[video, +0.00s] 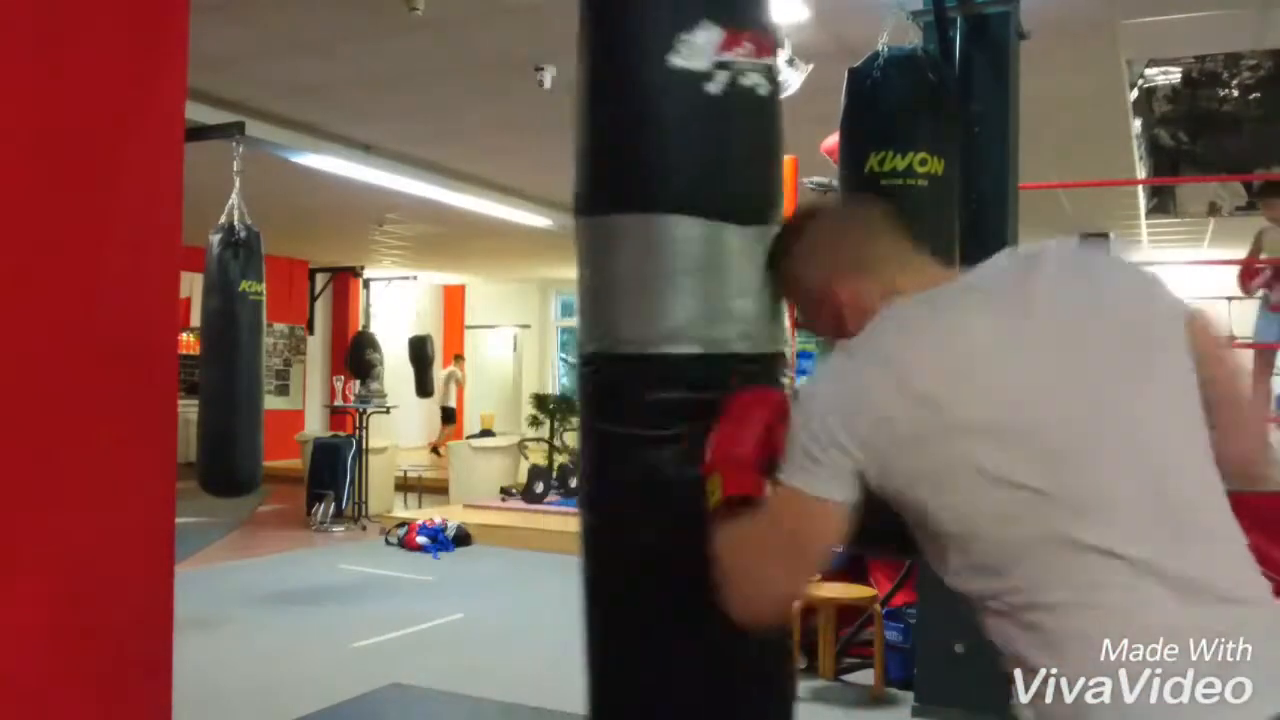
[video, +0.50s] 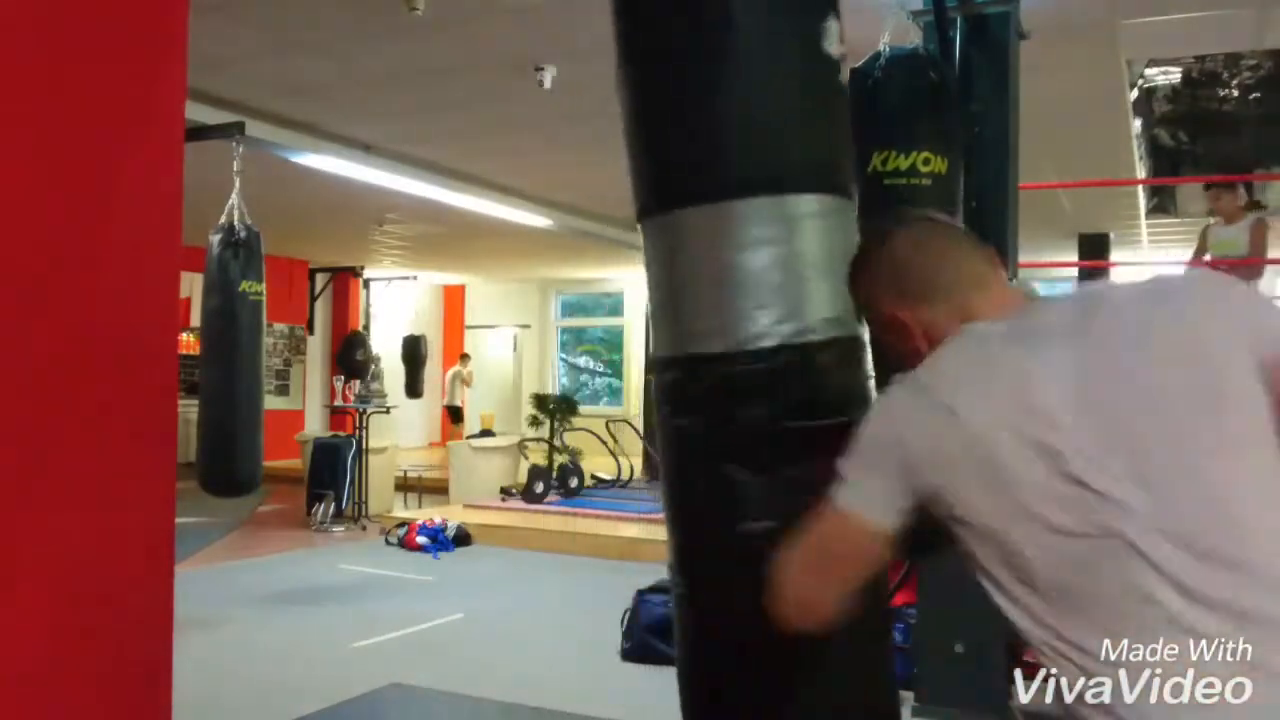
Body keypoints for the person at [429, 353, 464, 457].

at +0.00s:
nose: (462, 365)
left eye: (463, 363)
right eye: (462, 363)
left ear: (454, 361)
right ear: (458, 361)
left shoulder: (445, 371)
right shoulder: (455, 371)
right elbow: (461, 384)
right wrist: (463, 373)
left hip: (443, 402)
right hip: (450, 403)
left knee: (444, 426)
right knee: (451, 426)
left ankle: (436, 445)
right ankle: (437, 445)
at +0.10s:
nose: (464, 365)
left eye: (464, 363)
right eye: (463, 363)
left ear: (456, 361)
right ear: (460, 361)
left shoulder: (448, 370)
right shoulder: (455, 371)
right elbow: (461, 383)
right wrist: (464, 373)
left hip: (445, 402)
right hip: (450, 403)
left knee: (451, 424)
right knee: (455, 424)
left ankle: (444, 442)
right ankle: (443, 442)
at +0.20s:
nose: (465, 363)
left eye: (465, 361)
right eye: (464, 360)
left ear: (458, 359)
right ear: (461, 359)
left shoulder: (449, 369)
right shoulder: (457, 369)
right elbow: (463, 381)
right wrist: (466, 371)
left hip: (445, 399)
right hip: (452, 400)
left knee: (451, 424)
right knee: (454, 424)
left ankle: (450, 442)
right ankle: (450, 443)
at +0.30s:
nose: (466, 363)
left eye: (466, 361)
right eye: (466, 361)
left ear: (458, 359)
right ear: (462, 359)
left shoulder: (449, 369)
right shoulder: (457, 369)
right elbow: (466, 381)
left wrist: (466, 373)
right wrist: (468, 372)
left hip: (446, 400)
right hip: (453, 401)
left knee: (451, 425)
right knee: (456, 425)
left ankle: (450, 443)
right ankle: (452, 443)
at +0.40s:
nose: (466, 365)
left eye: (467, 362)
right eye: (466, 362)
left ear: (459, 360)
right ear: (463, 361)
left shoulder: (450, 371)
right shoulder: (459, 371)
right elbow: (468, 383)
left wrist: (466, 375)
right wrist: (469, 374)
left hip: (447, 402)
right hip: (455, 403)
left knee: (455, 426)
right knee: (460, 426)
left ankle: (452, 444)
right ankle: (456, 444)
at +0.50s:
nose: (467, 364)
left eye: (468, 362)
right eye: (467, 361)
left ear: (460, 360)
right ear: (464, 360)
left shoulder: (451, 370)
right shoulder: (459, 371)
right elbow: (468, 383)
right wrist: (469, 373)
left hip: (448, 401)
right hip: (455, 402)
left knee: (455, 425)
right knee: (459, 425)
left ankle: (452, 444)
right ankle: (456, 444)